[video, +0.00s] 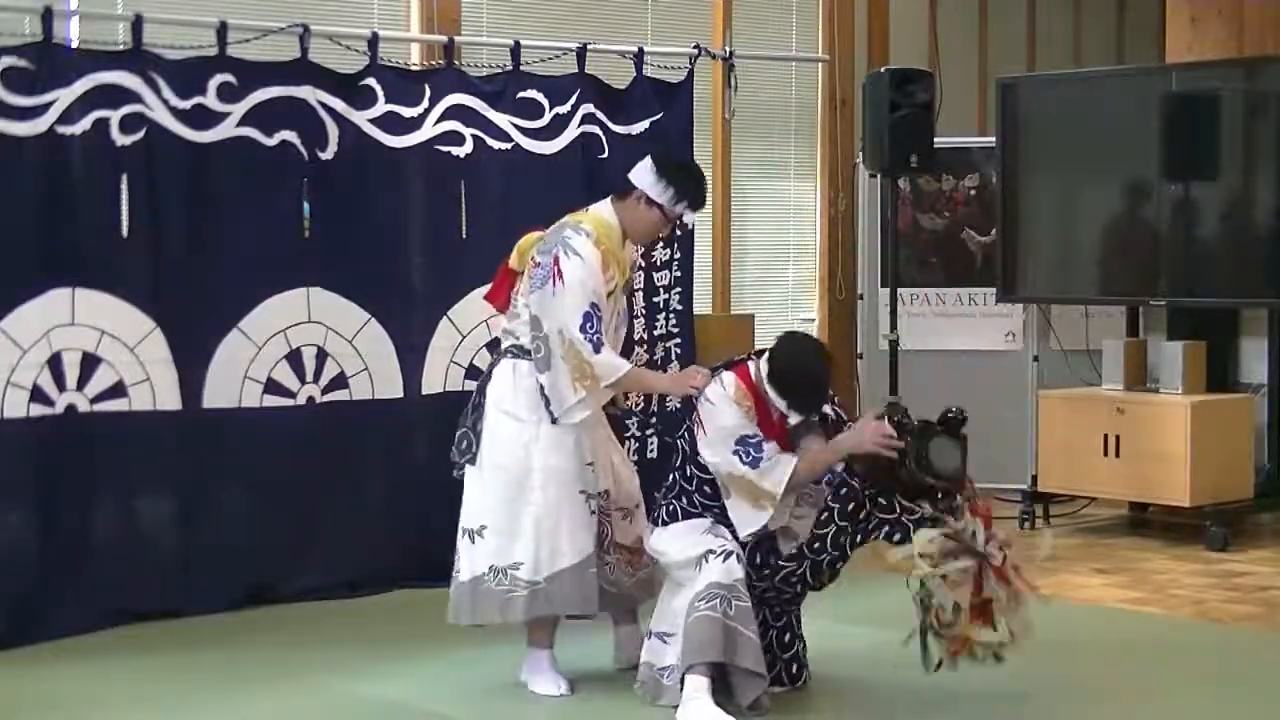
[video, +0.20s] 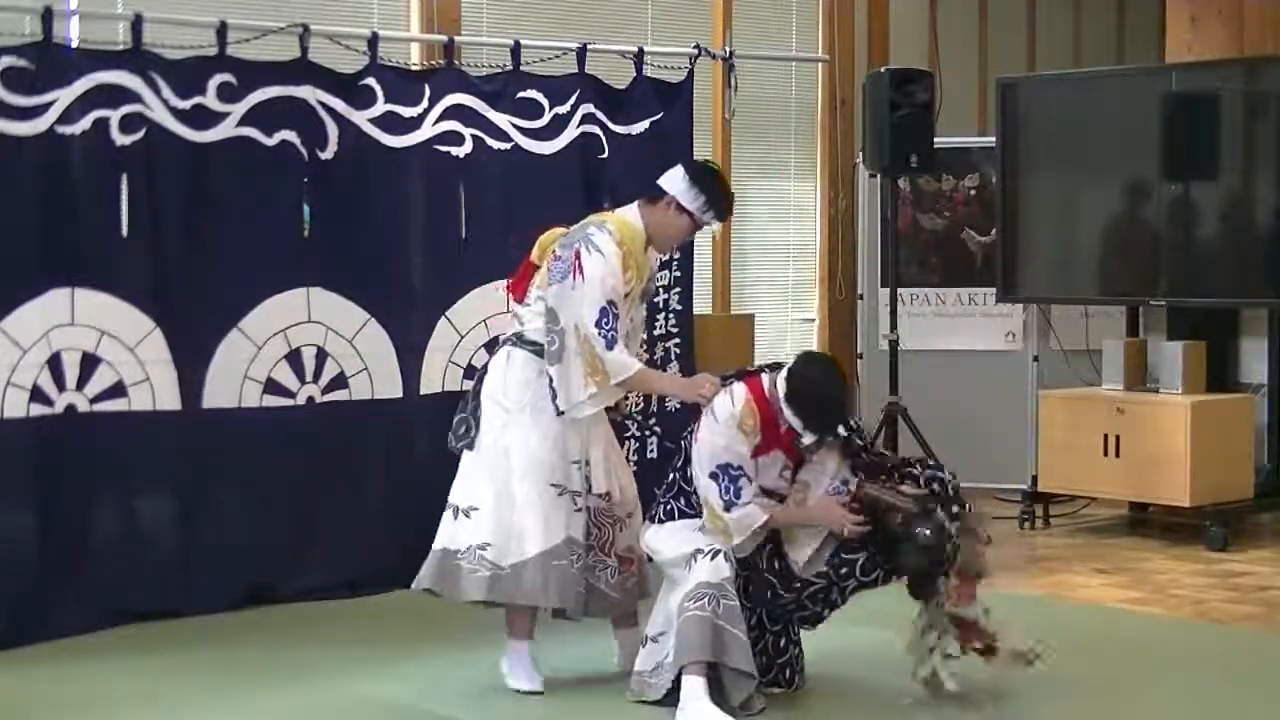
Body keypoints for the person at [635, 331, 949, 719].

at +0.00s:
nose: (793, 417)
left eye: (804, 412)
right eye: (786, 408)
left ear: (818, 391)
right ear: (767, 381)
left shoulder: (811, 396)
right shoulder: (721, 396)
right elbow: (775, 475)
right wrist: (846, 442)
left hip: (746, 518)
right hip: (689, 516)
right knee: (723, 561)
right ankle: (696, 688)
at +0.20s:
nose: (816, 436)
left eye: (825, 428)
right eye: (808, 427)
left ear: (839, 402)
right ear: (784, 400)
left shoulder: (829, 411)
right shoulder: (731, 411)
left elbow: (837, 475)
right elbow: (736, 510)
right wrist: (811, 514)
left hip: (792, 533)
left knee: (882, 555)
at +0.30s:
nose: (821, 447)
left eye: (831, 440)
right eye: (815, 437)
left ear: (845, 414)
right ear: (792, 409)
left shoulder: (833, 418)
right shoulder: (738, 417)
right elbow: (733, 509)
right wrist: (813, 513)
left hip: (780, 529)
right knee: (778, 676)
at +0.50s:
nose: (826, 449)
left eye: (836, 446)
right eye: (822, 436)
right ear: (806, 403)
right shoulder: (748, 404)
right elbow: (729, 503)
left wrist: (809, 543)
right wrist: (797, 535)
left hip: (756, 526)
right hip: (681, 518)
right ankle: (688, 693)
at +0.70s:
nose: (850, 419)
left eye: (855, 410)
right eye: (845, 408)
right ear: (815, 387)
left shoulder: (826, 432)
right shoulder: (753, 399)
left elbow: (815, 506)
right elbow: (715, 478)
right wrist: (732, 553)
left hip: (753, 524)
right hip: (686, 513)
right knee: (686, 565)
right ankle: (687, 691)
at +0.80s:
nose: (853, 388)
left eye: (855, 376)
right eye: (844, 376)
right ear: (811, 365)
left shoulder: (832, 422)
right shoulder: (756, 389)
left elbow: (822, 494)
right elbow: (718, 465)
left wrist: (812, 560)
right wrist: (723, 546)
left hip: (752, 506)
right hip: (692, 499)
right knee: (684, 571)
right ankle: (690, 690)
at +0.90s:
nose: (842, 343)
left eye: (844, 331)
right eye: (831, 333)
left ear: (848, 331)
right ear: (795, 336)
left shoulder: (831, 401)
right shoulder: (747, 383)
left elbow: (828, 480)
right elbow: (713, 458)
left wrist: (813, 543)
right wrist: (730, 532)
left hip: (763, 515)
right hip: (692, 510)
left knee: (809, 574)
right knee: (691, 570)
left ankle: (797, 673)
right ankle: (693, 689)